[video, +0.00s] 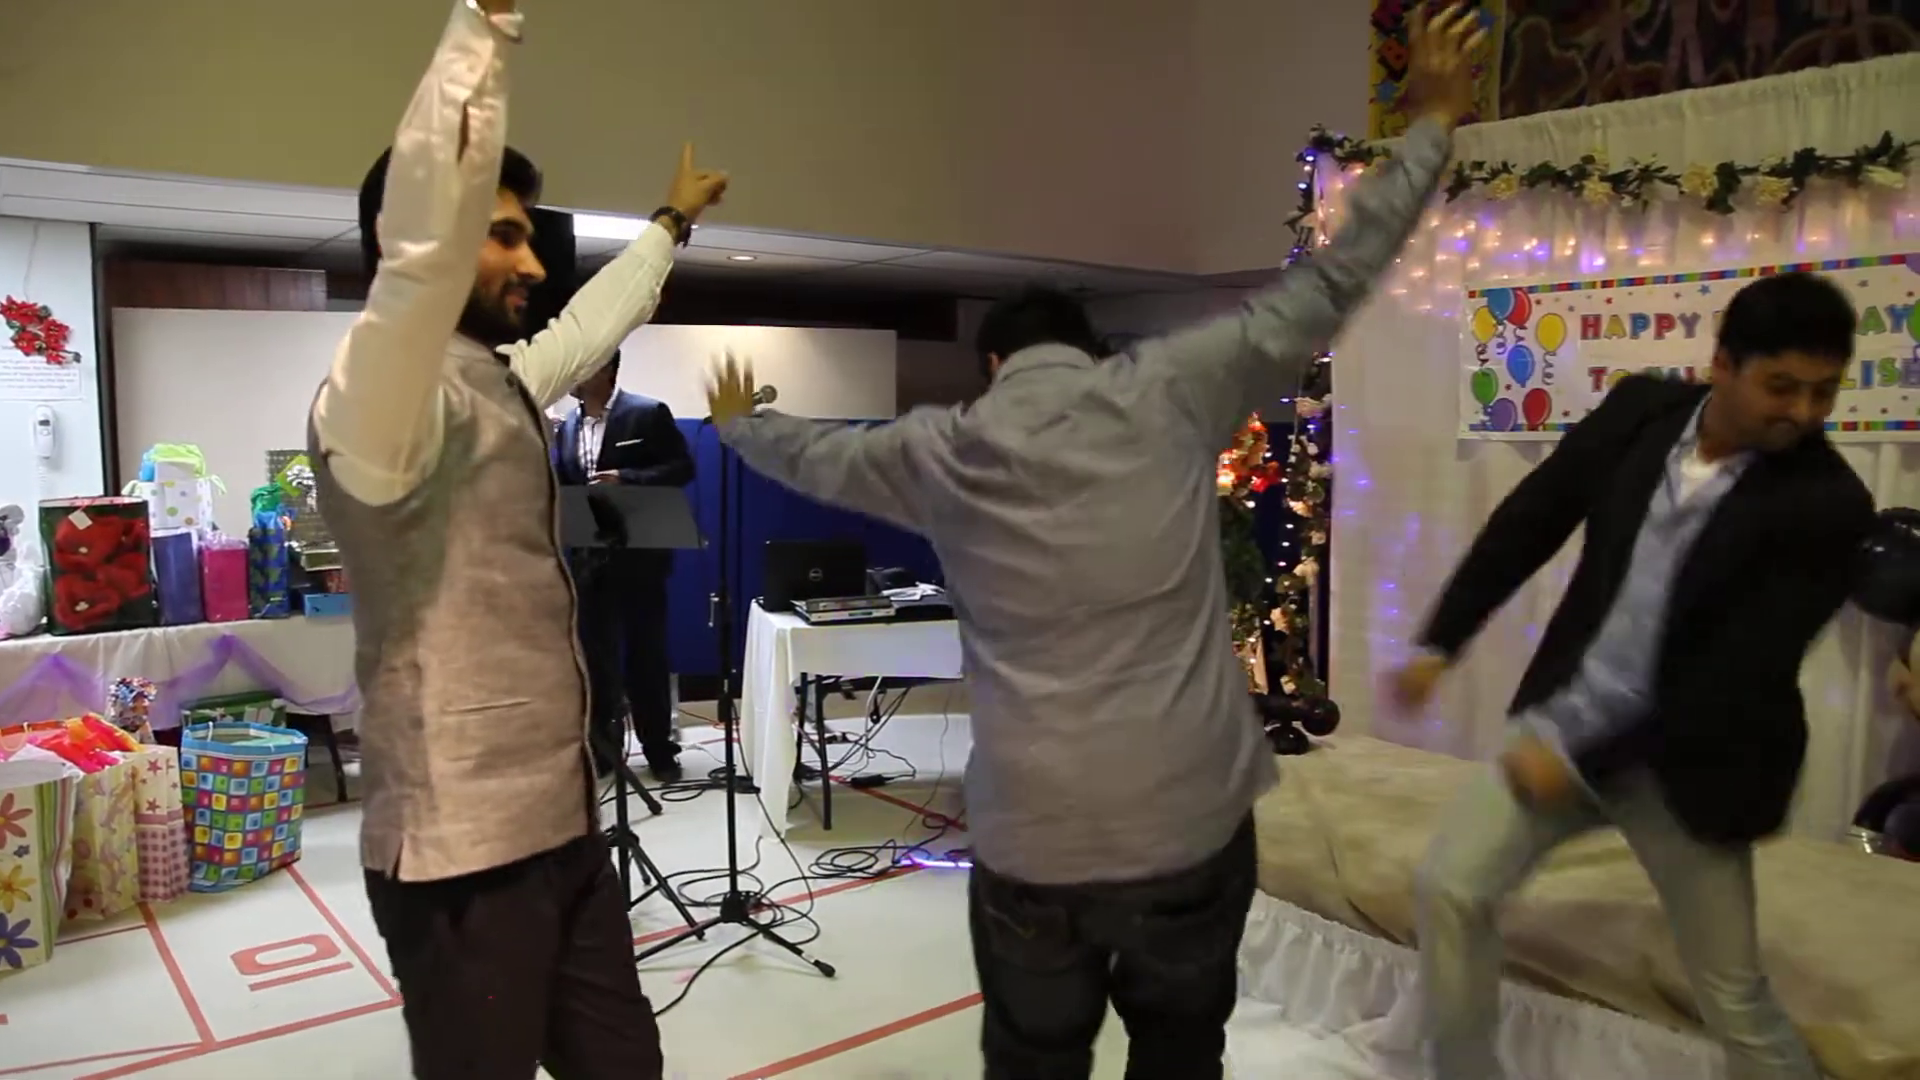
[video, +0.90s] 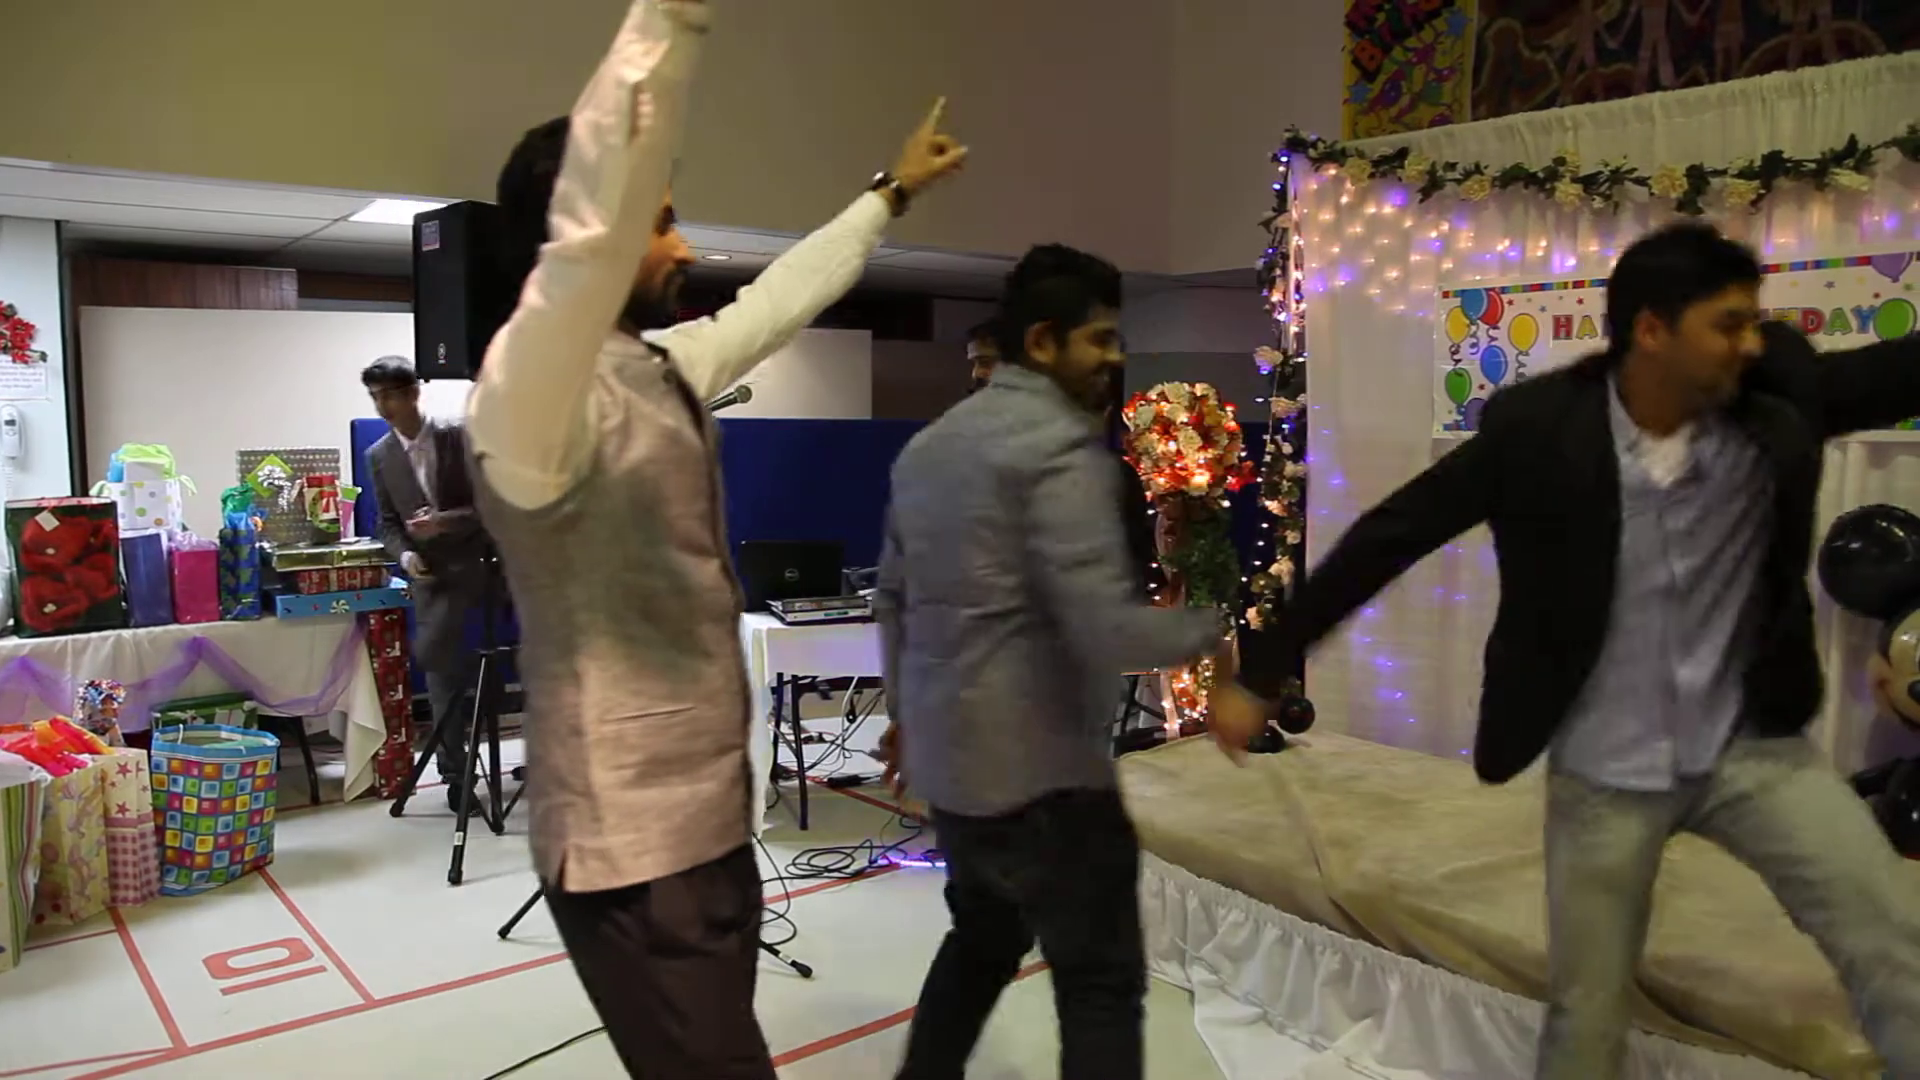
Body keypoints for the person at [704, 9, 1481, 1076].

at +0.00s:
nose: (975, 379)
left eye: (977, 369)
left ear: (989, 367)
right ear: (1093, 345)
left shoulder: (945, 448)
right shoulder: (1175, 386)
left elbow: (823, 456)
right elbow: (1324, 283)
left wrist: (740, 421)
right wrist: (1432, 124)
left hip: (1033, 843)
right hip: (1189, 832)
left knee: (1033, 1065)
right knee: (1179, 1065)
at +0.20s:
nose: (981, 373)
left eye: (984, 357)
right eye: (984, 357)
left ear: (998, 355)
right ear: (1098, 334)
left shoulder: (954, 450)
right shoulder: (1182, 369)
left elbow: (811, 518)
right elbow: (1304, 252)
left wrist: (813, 573)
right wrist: (1404, 130)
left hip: (1053, 842)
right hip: (1204, 829)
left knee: (1049, 1048)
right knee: (1184, 1062)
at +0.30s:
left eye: (990, 355)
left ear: (1002, 350)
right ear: (1110, 330)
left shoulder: (958, 448)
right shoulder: (1182, 374)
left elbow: (826, 554)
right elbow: (1318, 275)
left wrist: (873, 646)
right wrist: (1391, 153)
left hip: (1061, 806)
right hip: (1207, 793)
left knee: (1060, 1014)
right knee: (1180, 1043)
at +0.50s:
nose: (1148, 342)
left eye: (1146, 327)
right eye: (1144, 326)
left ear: (1032, 335)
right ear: (1116, 326)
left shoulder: (956, 465)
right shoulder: (1172, 407)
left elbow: (904, 636)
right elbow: (1359, 399)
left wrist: (939, 775)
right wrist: (1341, 304)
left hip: (1041, 804)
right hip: (1177, 801)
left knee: (1062, 992)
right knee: (1169, 1026)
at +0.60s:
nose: (1158, 362)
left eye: (1155, 342)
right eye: (1151, 341)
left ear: (1041, 342)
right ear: (1115, 340)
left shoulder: (950, 466)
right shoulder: (1172, 434)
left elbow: (915, 639)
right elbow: (1356, 469)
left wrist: (933, 780)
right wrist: (1299, 397)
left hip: (1026, 806)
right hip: (1154, 812)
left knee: (1042, 964)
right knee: (1162, 1031)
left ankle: (1017, 1076)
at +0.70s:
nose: (1152, 352)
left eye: (1151, 332)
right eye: (1146, 331)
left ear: (1053, 326)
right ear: (1103, 326)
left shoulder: (938, 444)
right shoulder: (1145, 420)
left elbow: (899, 612)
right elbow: (1294, 551)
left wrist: (911, 752)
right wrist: (1279, 493)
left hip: (1008, 789)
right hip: (1131, 792)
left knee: (1010, 953)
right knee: (1141, 1014)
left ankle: (963, 1075)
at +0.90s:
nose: (1116, 357)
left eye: (1116, 339)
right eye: (1101, 339)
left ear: (1031, 342)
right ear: (1042, 341)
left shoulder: (926, 448)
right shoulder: (1061, 448)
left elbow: (892, 599)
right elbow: (1108, 631)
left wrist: (903, 714)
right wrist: (1218, 623)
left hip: (952, 777)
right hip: (1047, 780)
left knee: (983, 940)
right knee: (1102, 987)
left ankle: (923, 1074)